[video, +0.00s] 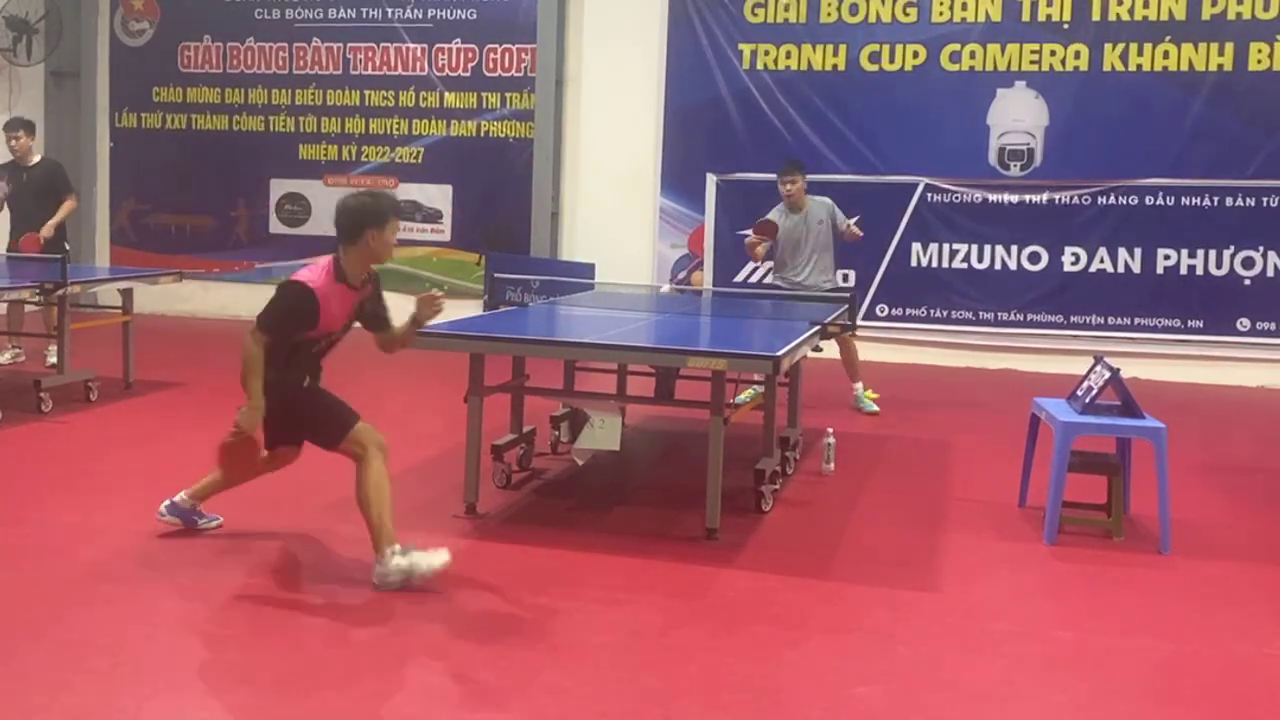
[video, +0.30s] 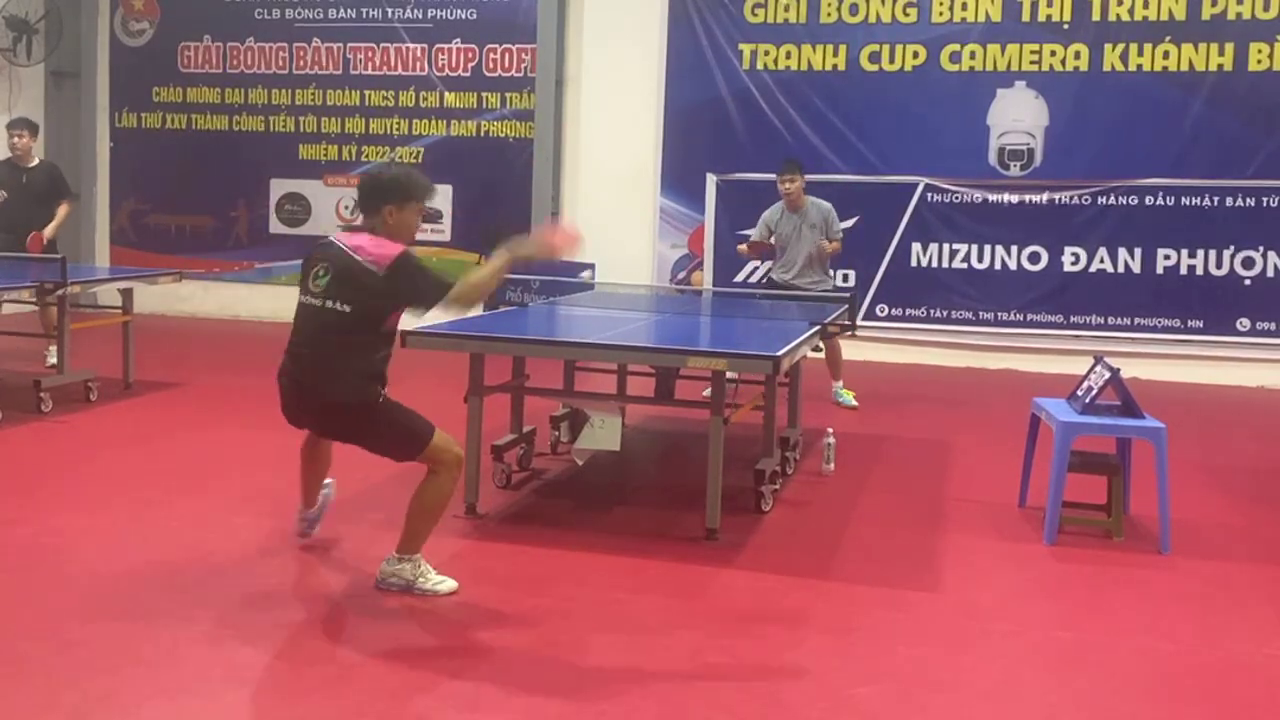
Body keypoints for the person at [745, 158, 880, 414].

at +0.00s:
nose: (787, 189)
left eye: (792, 183)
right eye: (783, 184)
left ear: (804, 183)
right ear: (779, 187)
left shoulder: (825, 206)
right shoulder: (775, 215)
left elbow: (845, 232)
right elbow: (760, 254)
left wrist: (852, 233)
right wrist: (753, 248)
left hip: (824, 290)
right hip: (786, 290)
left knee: (845, 337)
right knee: (770, 336)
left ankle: (859, 392)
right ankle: (763, 386)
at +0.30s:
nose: (786, 187)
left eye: (792, 181)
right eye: (782, 183)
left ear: (803, 182)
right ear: (777, 185)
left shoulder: (824, 210)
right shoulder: (771, 215)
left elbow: (837, 244)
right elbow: (757, 247)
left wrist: (830, 247)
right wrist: (748, 249)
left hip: (817, 286)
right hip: (779, 284)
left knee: (830, 334)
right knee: (744, 321)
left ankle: (838, 387)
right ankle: (727, 380)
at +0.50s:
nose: (768, 212)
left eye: (772, 207)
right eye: (764, 208)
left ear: (786, 206)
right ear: (761, 209)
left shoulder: (808, 227)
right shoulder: (759, 234)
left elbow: (824, 256)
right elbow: (742, 260)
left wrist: (827, 266)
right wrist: (732, 262)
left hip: (806, 295)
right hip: (770, 295)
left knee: (828, 334)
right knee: (736, 326)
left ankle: (838, 388)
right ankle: (722, 380)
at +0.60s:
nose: (744, 217)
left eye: (749, 211)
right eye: (742, 213)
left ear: (765, 211)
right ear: (742, 217)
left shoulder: (793, 229)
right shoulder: (745, 245)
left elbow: (822, 248)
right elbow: (718, 273)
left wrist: (841, 263)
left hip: (808, 299)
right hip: (773, 302)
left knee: (828, 335)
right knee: (739, 330)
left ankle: (839, 388)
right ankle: (726, 381)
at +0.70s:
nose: (726, 210)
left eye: (731, 204)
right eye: (724, 207)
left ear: (747, 205)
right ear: (725, 212)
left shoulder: (773, 219)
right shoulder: (727, 242)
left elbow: (802, 222)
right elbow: (704, 263)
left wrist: (831, 221)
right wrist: (681, 279)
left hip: (797, 292)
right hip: (760, 296)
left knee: (824, 334)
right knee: (731, 331)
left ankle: (843, 386)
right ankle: (720, 380)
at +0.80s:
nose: (725, 192)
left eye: (729, 187)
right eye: (721, 189)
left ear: (742, 189)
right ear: (720, 195)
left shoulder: (766, 207)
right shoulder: (718, 228)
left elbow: (802, 200)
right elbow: (711, 265)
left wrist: (832, 191)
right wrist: (704, 287)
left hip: (780, 283)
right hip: (743, 288)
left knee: (812, 321)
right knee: (728, 328)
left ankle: (829, 370)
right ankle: (727, 378)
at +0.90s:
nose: (723, 174)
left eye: (728, 169)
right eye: (720, 171)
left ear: (740, 172)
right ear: (718, 177)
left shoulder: (763, 190)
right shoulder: (716, 208)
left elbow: (798, 184)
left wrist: (831, 177)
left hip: (771, 271)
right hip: (735, 274)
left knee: (791, 316)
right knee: (722, 321)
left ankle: (799, 359)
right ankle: (718, 377)